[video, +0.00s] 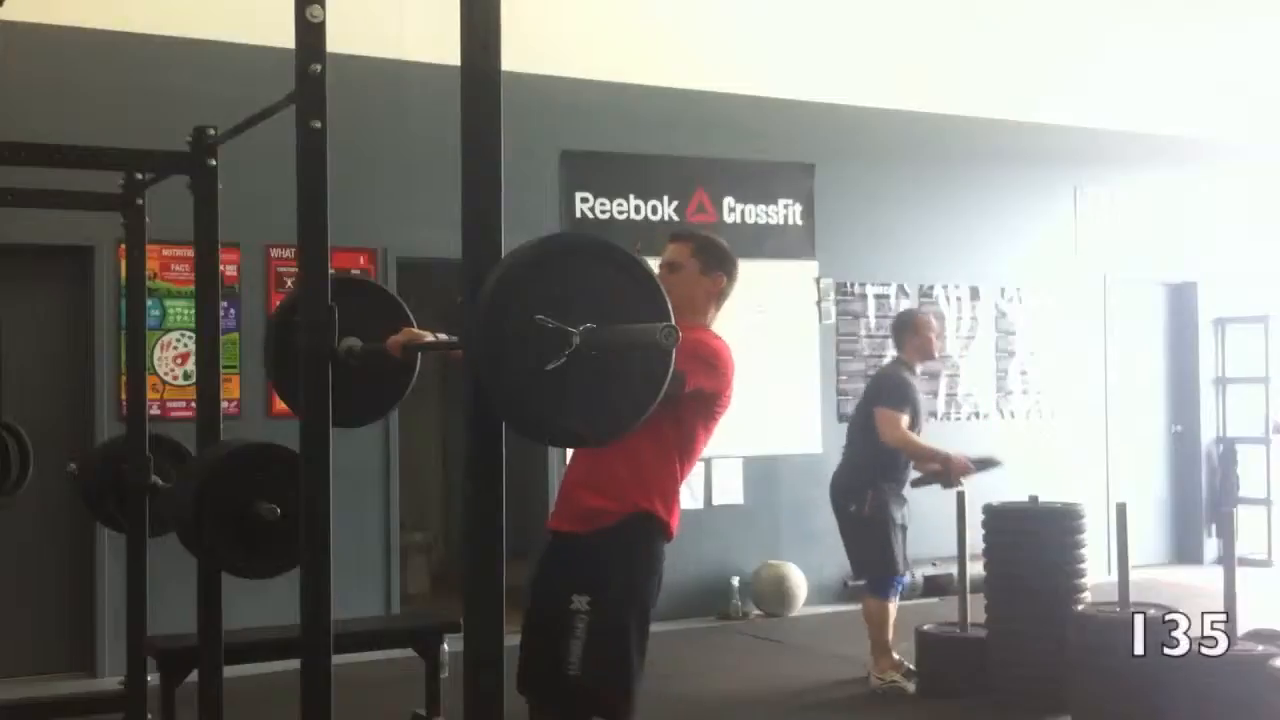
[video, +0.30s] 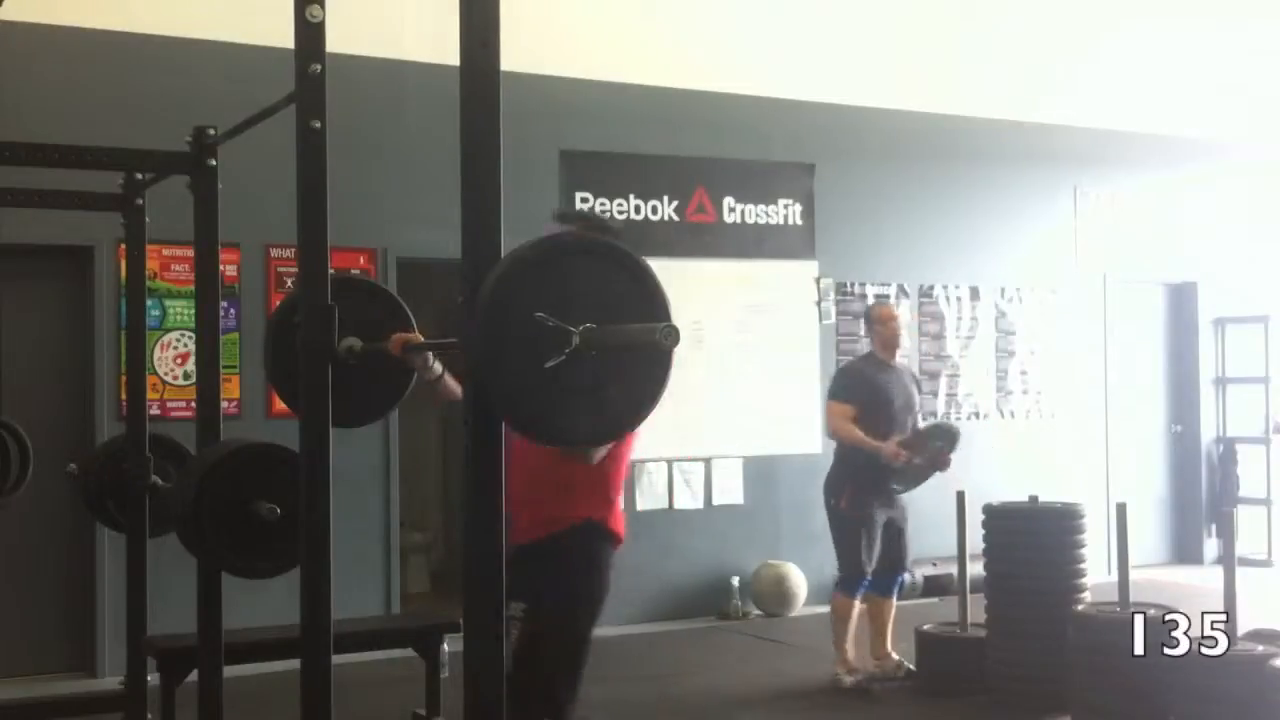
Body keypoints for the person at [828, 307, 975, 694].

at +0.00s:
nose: (937, 340)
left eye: (937, 333)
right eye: (931, 333)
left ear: (917, 338)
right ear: (911, 337)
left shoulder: (904, 382)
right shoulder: (892, 378)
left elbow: (903, 441)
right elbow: (890, 433)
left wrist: (936, 465)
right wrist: (944, 457)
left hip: (883, 488)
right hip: (865, 489)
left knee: (891, 576)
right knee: (882, 576)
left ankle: (885, 659)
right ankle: (881, 666)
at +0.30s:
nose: (895, 328)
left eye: (897, 321)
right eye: (886, 323)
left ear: (901, 325)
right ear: (870, 330)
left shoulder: (907, 378)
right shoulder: (853, 373)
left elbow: (909, 432)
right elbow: (836, 425)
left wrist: (933, 455)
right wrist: (881, 448)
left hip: (890, 490)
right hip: (853, 491)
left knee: (890, 573)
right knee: (854, 574)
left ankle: (882, 655)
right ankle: (844, 662)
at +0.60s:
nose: (841, 328)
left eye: (848, 321)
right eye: (834, 323)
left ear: (864, 326)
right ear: (828, 331)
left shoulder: (886, 378)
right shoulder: (812, 379)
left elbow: (907, 424)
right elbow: (791, 429)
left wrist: (909, 449)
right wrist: (807, 453)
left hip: (873, 487)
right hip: (829, 488)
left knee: (877, 573)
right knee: (822, 576)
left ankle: (881, 654)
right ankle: (808, 660)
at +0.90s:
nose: (798, 327)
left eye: (804, 320)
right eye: (792, 322)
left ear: (821, 323)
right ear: (787, 330)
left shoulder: (846, 372)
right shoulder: (774, 379)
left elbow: (877, 426)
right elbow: (757, 427)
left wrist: (857, 446)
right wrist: (754, 449)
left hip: (835, 482)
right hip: (790, 484)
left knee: (865, 565)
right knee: (798, 576)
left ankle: (869, 645)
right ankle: (806, 661)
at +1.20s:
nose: (773, 328)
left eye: (780, 321)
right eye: (769, 322)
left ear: (798, 326)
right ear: (764, 329)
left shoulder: (823, 374)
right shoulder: (756, 380)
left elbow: (853, 426)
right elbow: (749, 434)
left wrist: (821, 452)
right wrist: (730, 458)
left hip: (810, 487)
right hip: (771, 488)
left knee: (808, 577)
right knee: (786, 579)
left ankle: (813, 667)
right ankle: (802, 664)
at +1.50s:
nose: (751, 331)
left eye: (759, 325)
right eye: (748, 326)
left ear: (780, 330)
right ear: (745, 332)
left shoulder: (800, 382)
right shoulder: (739, 385)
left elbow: (825, 440)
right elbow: (732, 439)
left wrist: (783, 463)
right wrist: (706, 462)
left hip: (784, 491)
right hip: (746, 491)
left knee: (769, 584)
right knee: (771, 581)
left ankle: (760, 682)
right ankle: (803, 656)